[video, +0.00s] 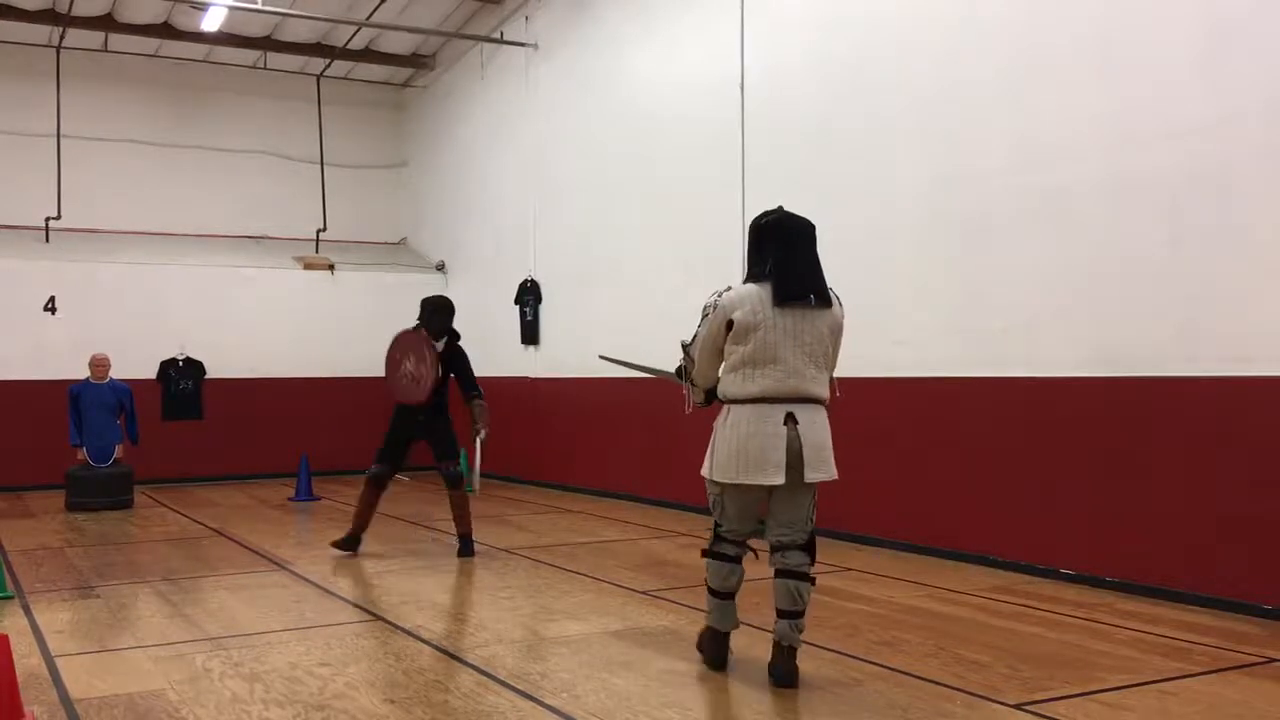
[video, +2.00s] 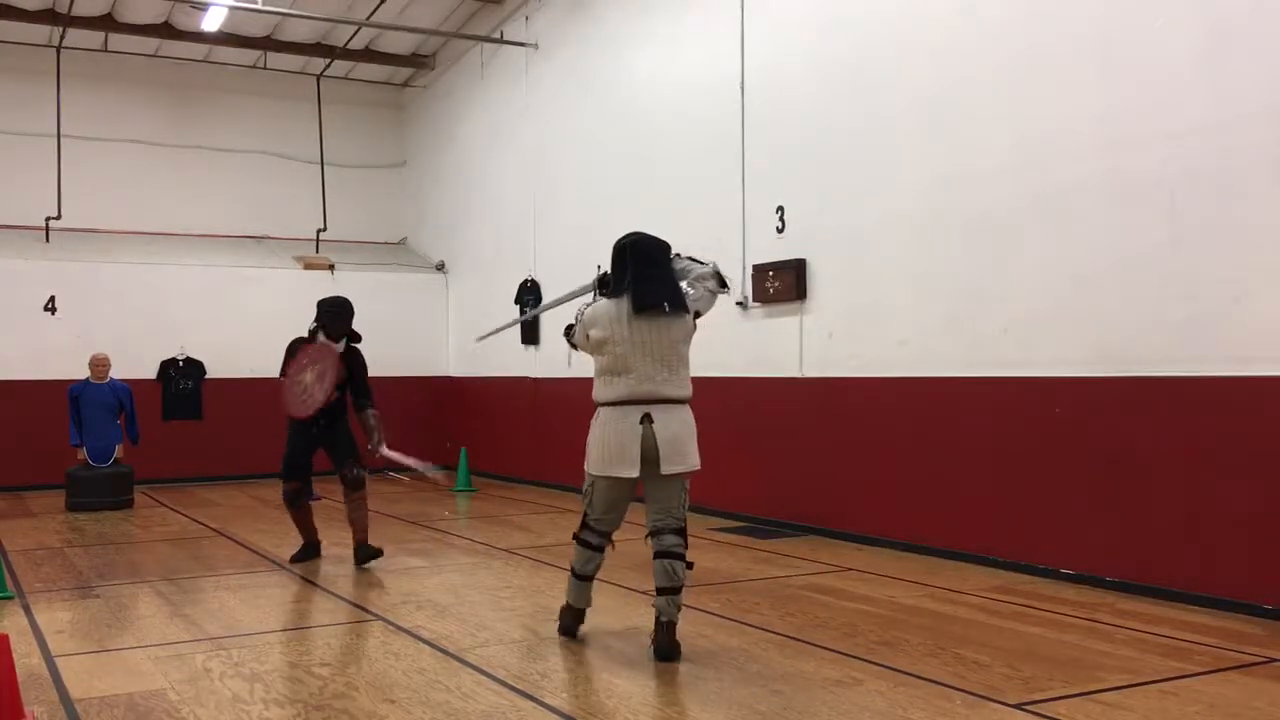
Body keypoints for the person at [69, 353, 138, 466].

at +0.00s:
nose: (100, 369)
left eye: (104, 366)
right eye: (97, 366)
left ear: (109, 367)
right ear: (90, 367)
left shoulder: (121, 390)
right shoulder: (77, 390)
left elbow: (129, 416)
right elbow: (74, 419)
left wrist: (133, 438)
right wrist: (78, 445)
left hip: (113, 445)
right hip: (87, 445)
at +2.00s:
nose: (100, 369)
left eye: (104, 366)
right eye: (97, 366)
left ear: (109, 367)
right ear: (90, 367)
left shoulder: (121, 389)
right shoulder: (77, 390)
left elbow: (130, 415)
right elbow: (74, 419)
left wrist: (133, 437)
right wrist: (78, 444)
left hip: (113, 444)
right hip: (88, 444)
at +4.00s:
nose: (100, 369)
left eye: (104, 366)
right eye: (96, 366)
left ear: (109, 367)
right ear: (89, 367)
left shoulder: (121, 389)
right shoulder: (77, 390)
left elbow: (130, 415)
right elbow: (74, 419)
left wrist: (133, 437)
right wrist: (78, 444)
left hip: (114, 445)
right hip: (87, 445)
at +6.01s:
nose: (100, 369)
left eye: (103, 366)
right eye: (96, 366)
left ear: (109, 367)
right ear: (89, 367)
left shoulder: (121, 389)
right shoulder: (77, 390)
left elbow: (130, 415)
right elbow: (74, 420)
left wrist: (133, 438)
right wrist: (78, 445)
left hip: (113, 444)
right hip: (88, 444)